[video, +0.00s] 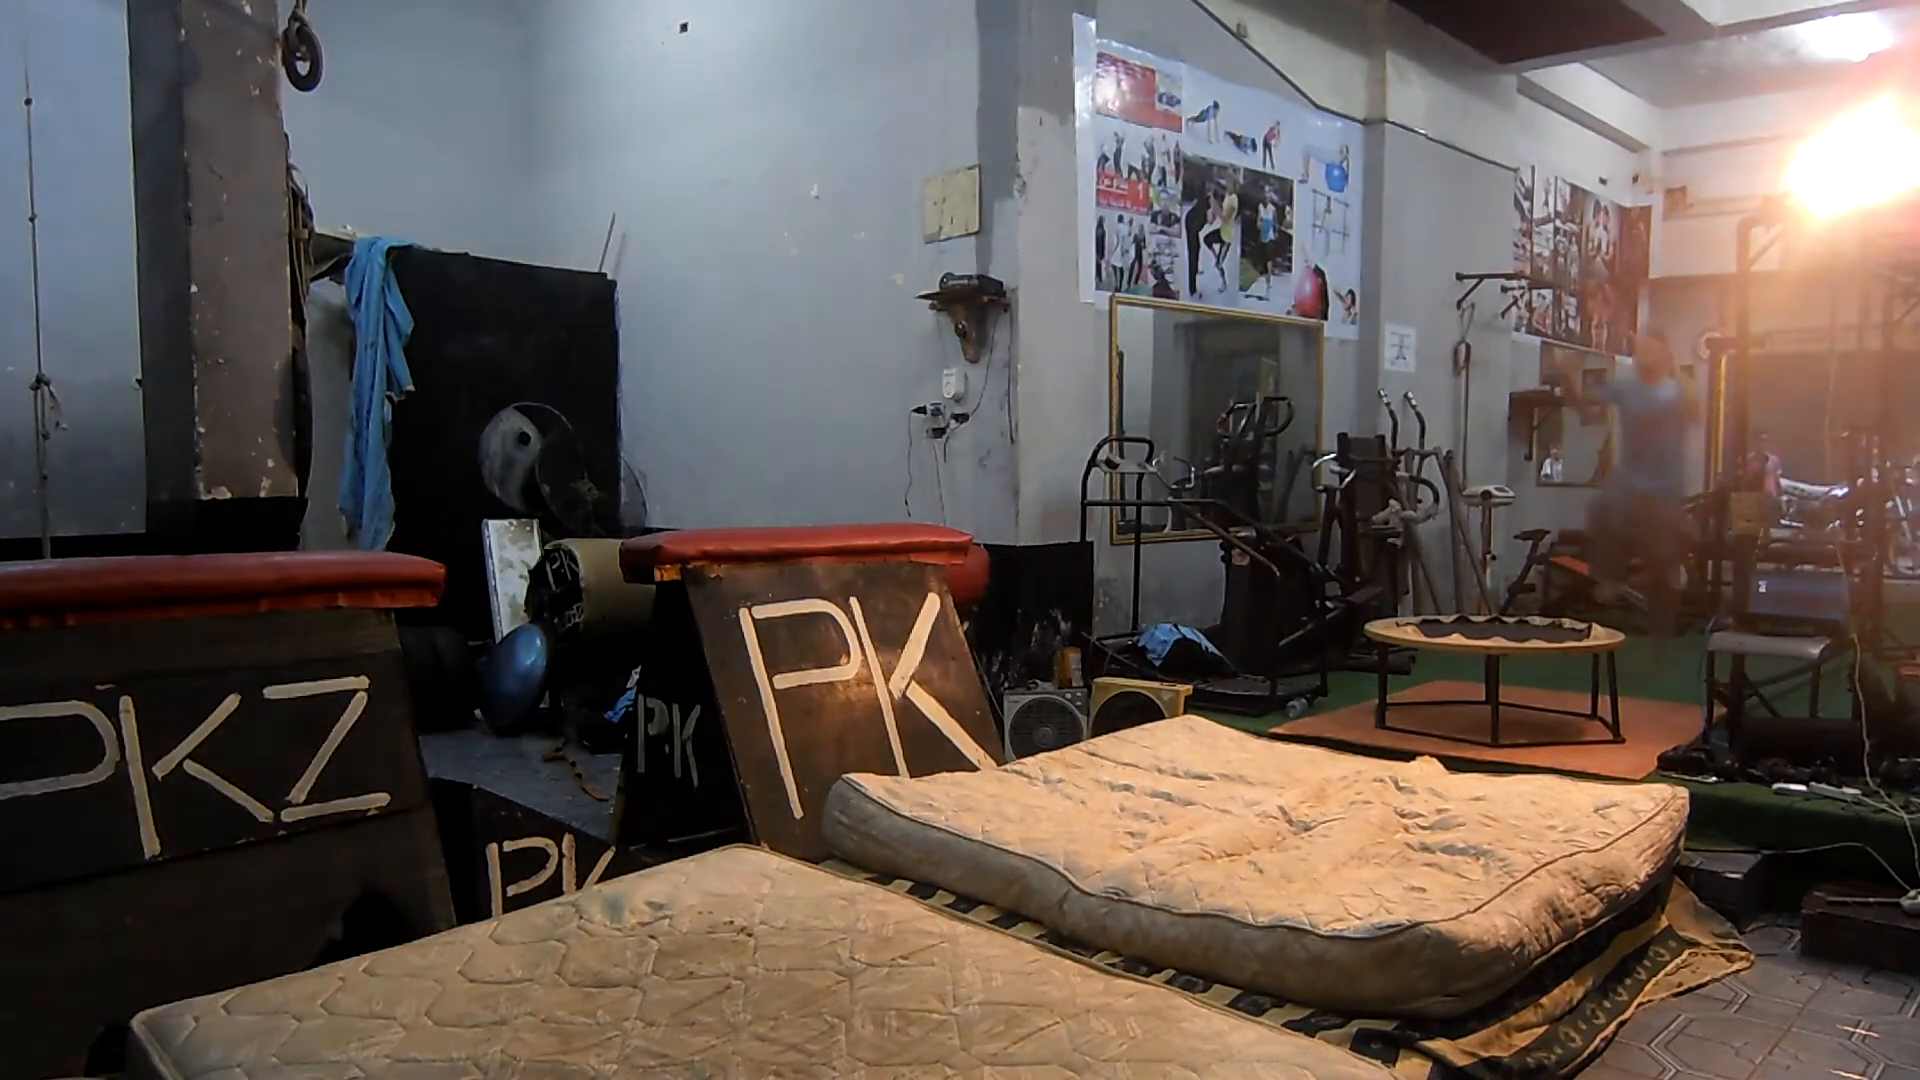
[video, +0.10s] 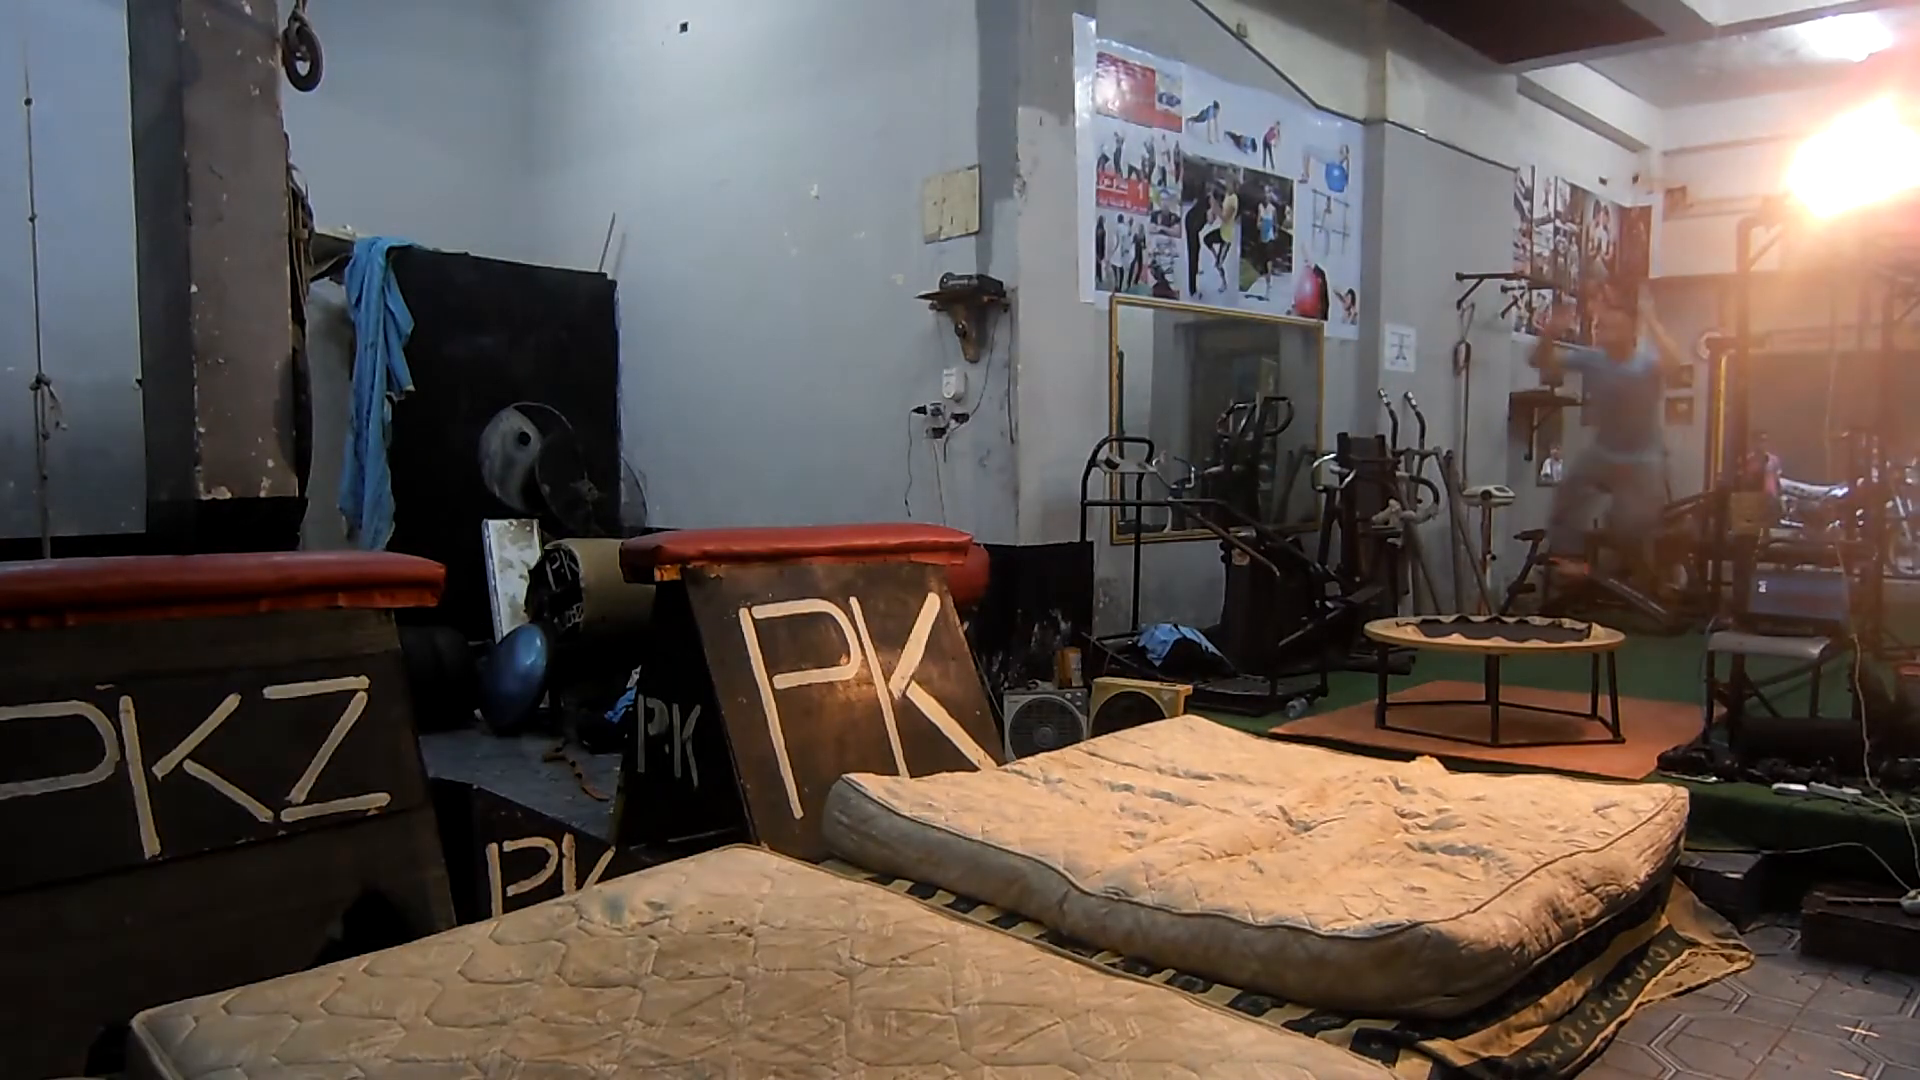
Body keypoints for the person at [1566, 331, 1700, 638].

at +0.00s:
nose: (1648, 359)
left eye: (1655, 352)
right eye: (1643, 352)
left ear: (1667, 356)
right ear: (1636, 355)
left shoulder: (1679, 390)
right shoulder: (1627, 388)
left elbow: (1694, 413)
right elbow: (1583, 396)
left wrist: (1683, 377)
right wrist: (1571, 375)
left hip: (1666, 489)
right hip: (1629, 483)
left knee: (1665, 570)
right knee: (1602, 510)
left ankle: (1660, 639)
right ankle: (1609, 579)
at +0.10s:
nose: (1599, 332)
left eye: (1608, 326)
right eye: (1597, 326)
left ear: (1630, 330)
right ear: (1594, 329)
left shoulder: (1648, 362)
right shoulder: (1592, 359)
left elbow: (1673, 362)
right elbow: (1540, 361)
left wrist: (1650, 320)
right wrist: (1551, 334)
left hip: (1643, 462)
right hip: (1602, 458)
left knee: (1633, 530)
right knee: (1566, 506)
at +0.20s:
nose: (1577, 328)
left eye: (1584, 321)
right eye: (1573, 321)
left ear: (1601, 321)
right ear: (1568, 324)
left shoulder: (1620, 354)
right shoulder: (1560, 350)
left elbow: (1650, 342)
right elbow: (1503, 338)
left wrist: (1619, 302)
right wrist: (1535, 305)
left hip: (1613, 454)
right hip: (1571, 452)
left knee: (1608, 503)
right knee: (1532, 507)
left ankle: (1609, 557)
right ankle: (1531, 567)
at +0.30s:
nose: (1542, 337)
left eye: (1549, 329)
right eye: (1536, 330)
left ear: (1564, 329)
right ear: (1528, 331)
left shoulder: (1584, 360)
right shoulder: (1521, 356)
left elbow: (1621, 329)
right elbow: (1476, 323)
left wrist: (1579, 304)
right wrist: (1520, 301)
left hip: (1584, 462)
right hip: (1535, 462)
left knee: (1565, 512)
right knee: (1509, 529)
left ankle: (1548, 600)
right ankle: (1493, 599)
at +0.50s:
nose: (1479, 273)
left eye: (1484, 265)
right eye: (1469, 269)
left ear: (1501, 269)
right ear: (1461, 278)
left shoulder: (1524, 304)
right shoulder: (1457, 310)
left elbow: (1544, 248)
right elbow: (1414, 260)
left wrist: (1507, 205)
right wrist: (1415, 210)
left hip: (1525, 436)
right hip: (1475, 437)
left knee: (1523, 532)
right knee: (1472, 531)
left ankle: (1518, 623)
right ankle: (1475, 624)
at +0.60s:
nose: (1442, 230)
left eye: (1446, 221)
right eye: (1434, 223)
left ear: (1463, 207)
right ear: (1426, 218)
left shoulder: (1490, 225)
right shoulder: (1421, 238)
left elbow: (1535, 238)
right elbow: (1378, 248)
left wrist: (1541, 250)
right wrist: (1347, 254)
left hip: (1511, 338)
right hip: (1464, 342)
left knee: (1511, 422)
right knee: (1463, 428)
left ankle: (1526, 508)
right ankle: (1482, 484)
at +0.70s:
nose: (1414, 258)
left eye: (1416, 248)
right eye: (1406, 251)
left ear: (1426, 224)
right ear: (1394, 237)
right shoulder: (1389, 232)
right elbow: (1371, 292)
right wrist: (1375, 346)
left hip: (1490, 261)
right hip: (1444, 264)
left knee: (1495, 338)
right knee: (1445, 347)